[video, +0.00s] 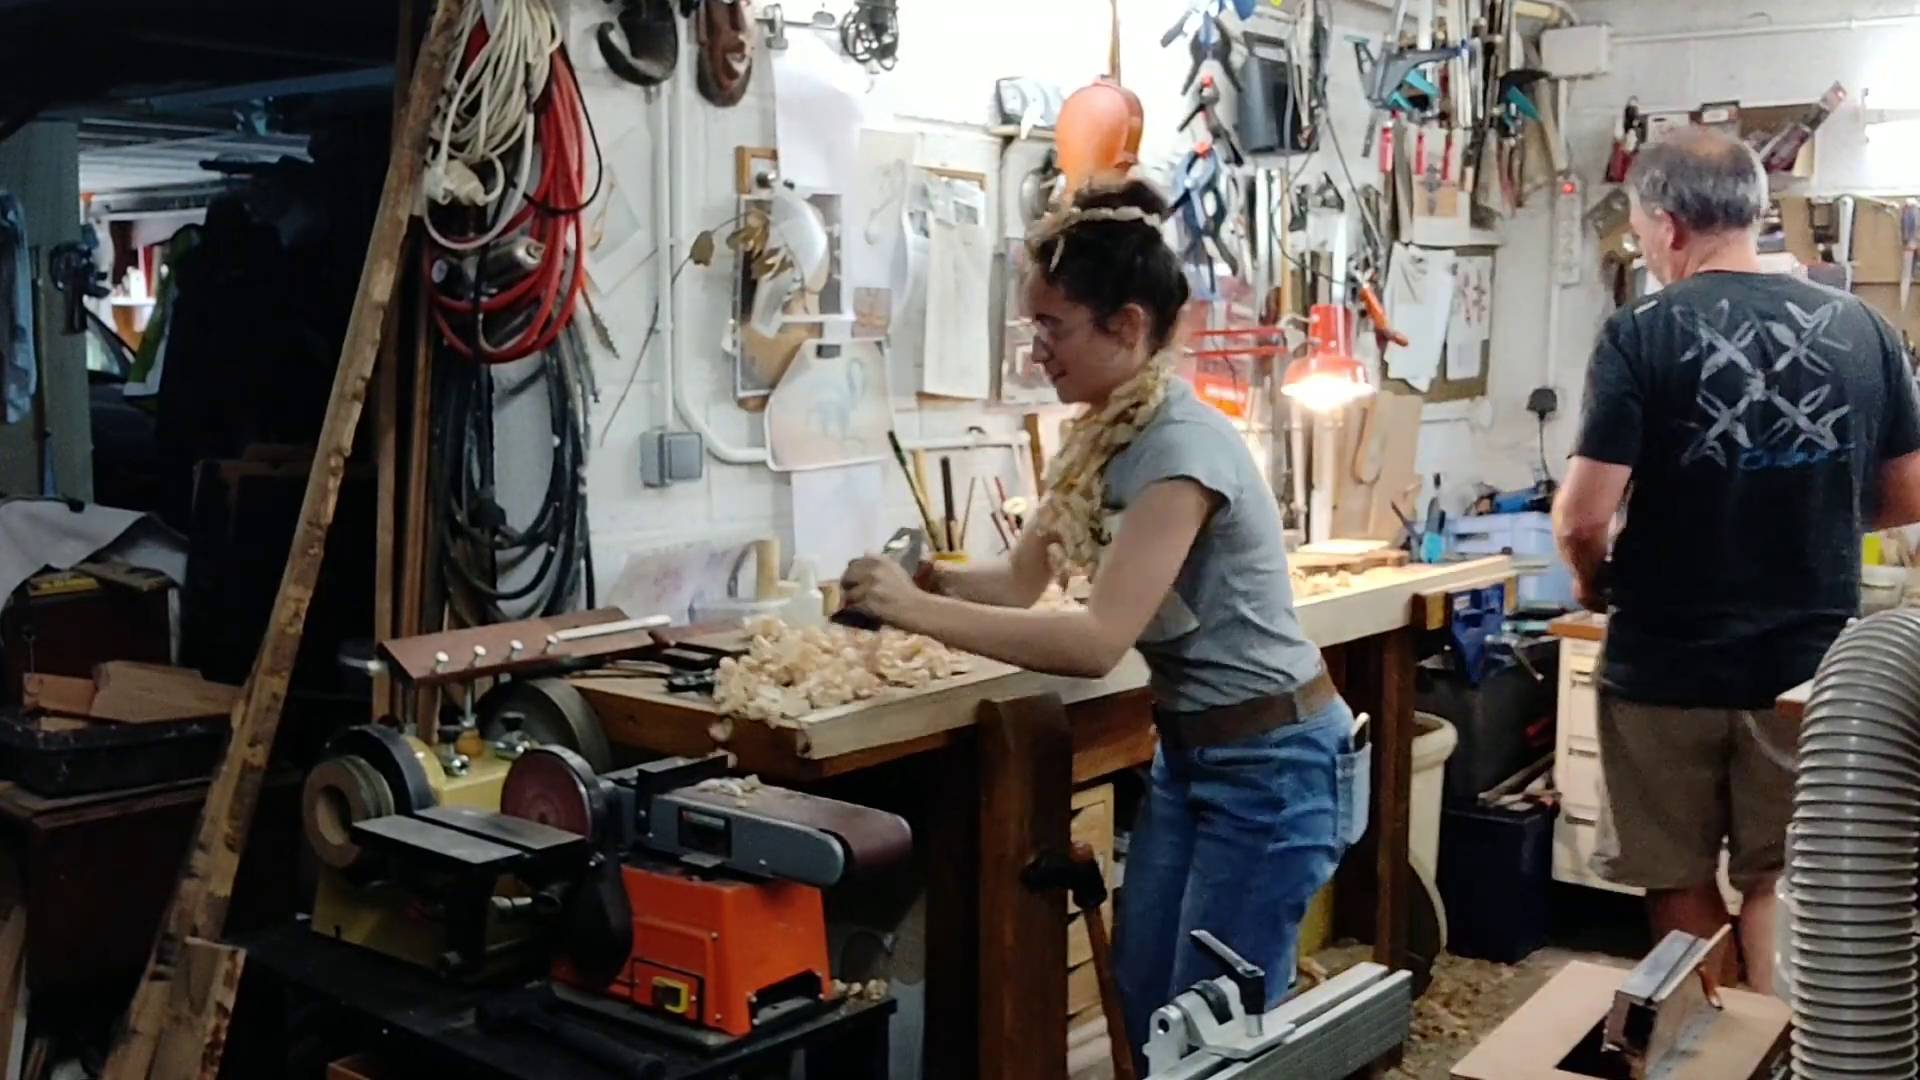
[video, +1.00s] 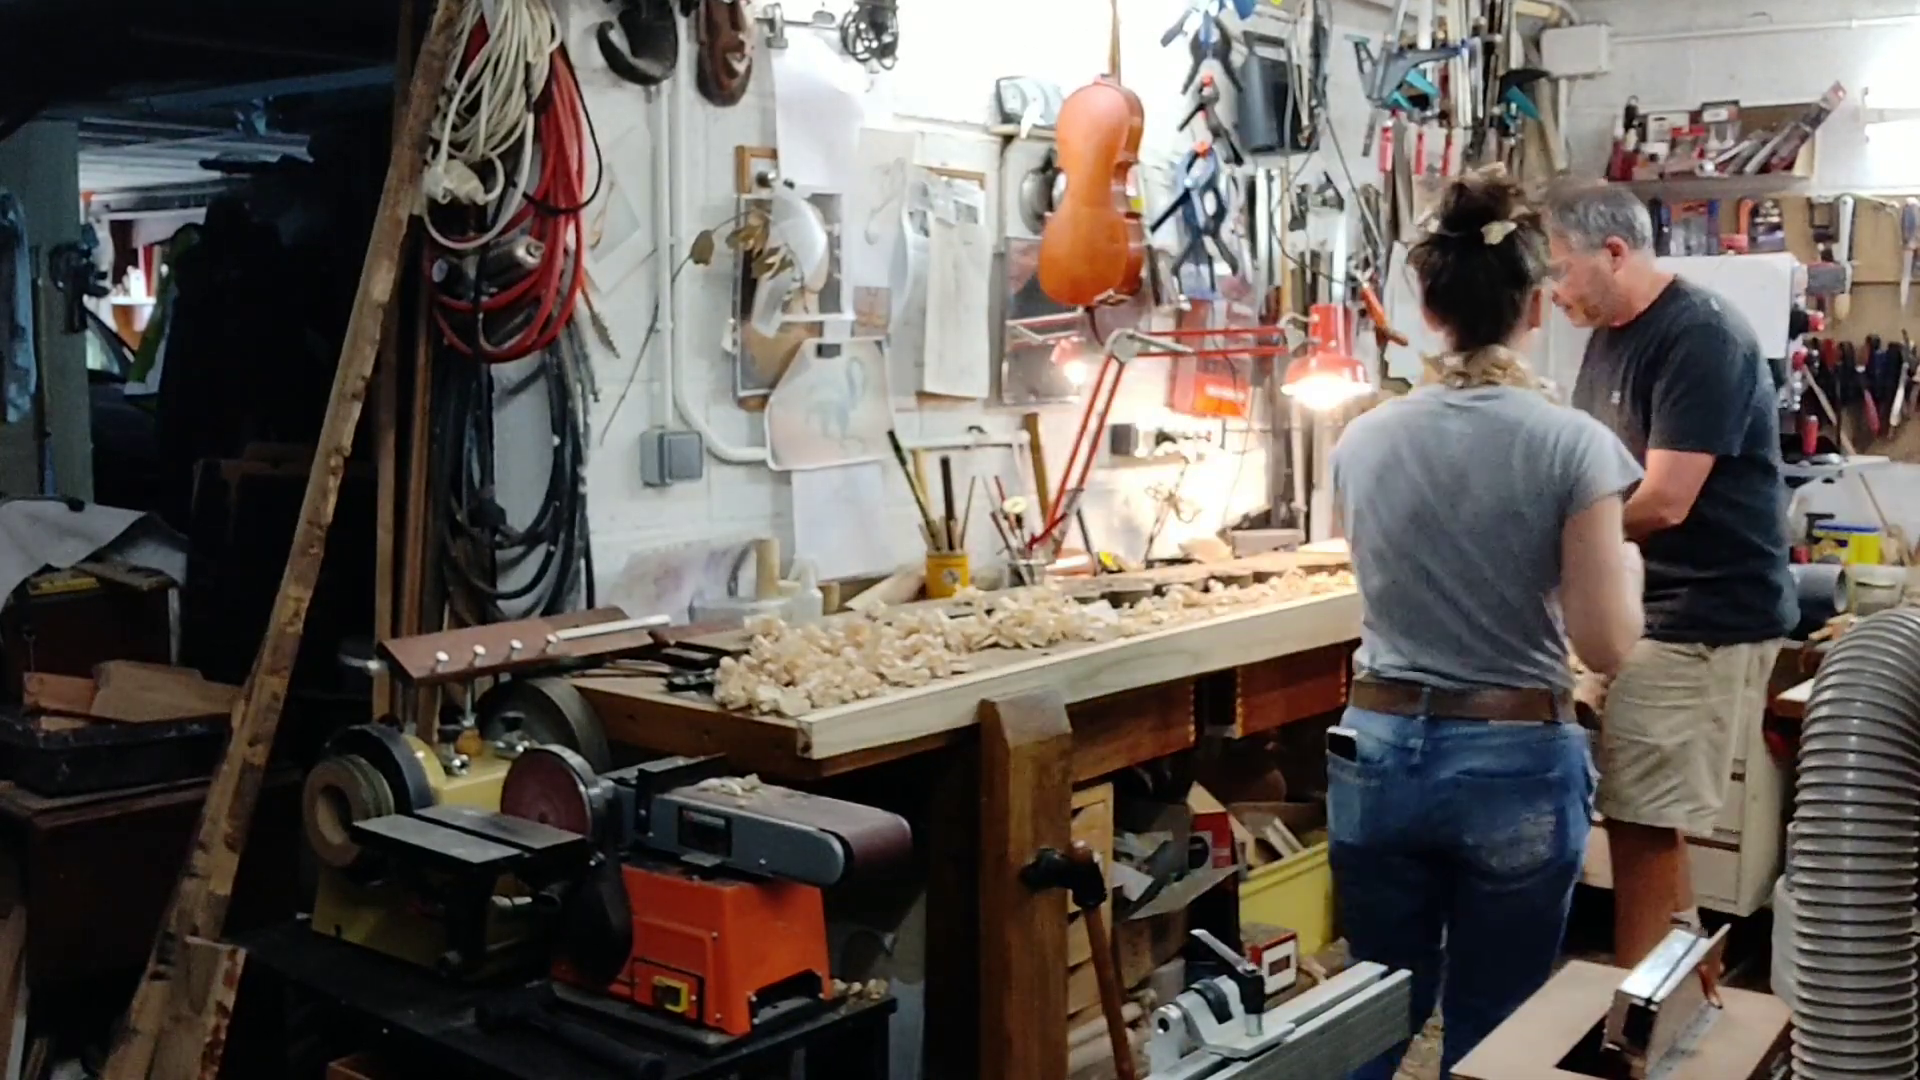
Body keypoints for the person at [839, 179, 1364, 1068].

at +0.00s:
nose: (1035, 350)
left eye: (1051, 328)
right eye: (1032, 328)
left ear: (1128, 326)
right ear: (1111, 329)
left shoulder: (1182, 446)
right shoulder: (1099, 444)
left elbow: (1096, 642)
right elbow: (1019, 583)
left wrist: (918, 608)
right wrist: (921, 582)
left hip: (1273, 763)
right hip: (1185, 757)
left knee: (1210, 1029)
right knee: (1139, 1007)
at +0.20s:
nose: (1092, 330)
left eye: (1096, 307)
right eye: (1090, 308)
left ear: (1142, 312)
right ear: (1211, 309)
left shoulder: (1199, 448)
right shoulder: (1255, 412)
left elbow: (1163, 680)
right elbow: (1234, 601)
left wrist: (1011, 594)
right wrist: (1098, 565)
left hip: (1262, 795)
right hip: (1315, 767)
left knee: (1199, 1046)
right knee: (1162, 1005)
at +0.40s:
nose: (1172, 304)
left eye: (1173, 285)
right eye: (1171, 285)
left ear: (1190, 295)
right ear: (1302, 295)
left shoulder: (1174, 449)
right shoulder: (1381, 426)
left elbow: (1157, 668)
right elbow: (1425, 618)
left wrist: (1080, 567)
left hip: (1262, 792)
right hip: (1391, 774)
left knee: (1229, 1047)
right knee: (1287, 1022)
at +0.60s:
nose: (1387, 307)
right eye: (1384, 292)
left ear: (1258, 306)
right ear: (1377, 305)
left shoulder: (1186, 454)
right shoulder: (1447, 447)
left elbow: (1185, 648)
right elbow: (1497, 653)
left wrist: (1268, 592)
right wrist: (1423, 596)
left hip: (1254, 785)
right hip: (1411, 779)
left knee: (1258, 1048)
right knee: (1399, 1034)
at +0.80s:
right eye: (1460, 310)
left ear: (1336, 322)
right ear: (1453, 319)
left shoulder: (1260, 461)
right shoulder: (1505, 462)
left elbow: (1279, 619)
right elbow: (1542, 669)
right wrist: (1482, 598)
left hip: (1303, 772)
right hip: (1462, 774)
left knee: (1302, 1051)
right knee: (1450, 1041)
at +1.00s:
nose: (1555, 306)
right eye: (1551, 291)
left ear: (1427, 308)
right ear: (1535, 306)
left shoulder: (1360, 441)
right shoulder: (1576, 443)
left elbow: (1369, 588)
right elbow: (1607, 645)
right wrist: (1592, 550)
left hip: (1376, 741)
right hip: (1518, 748)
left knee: (1374, 1013)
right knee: (1492, 1030)